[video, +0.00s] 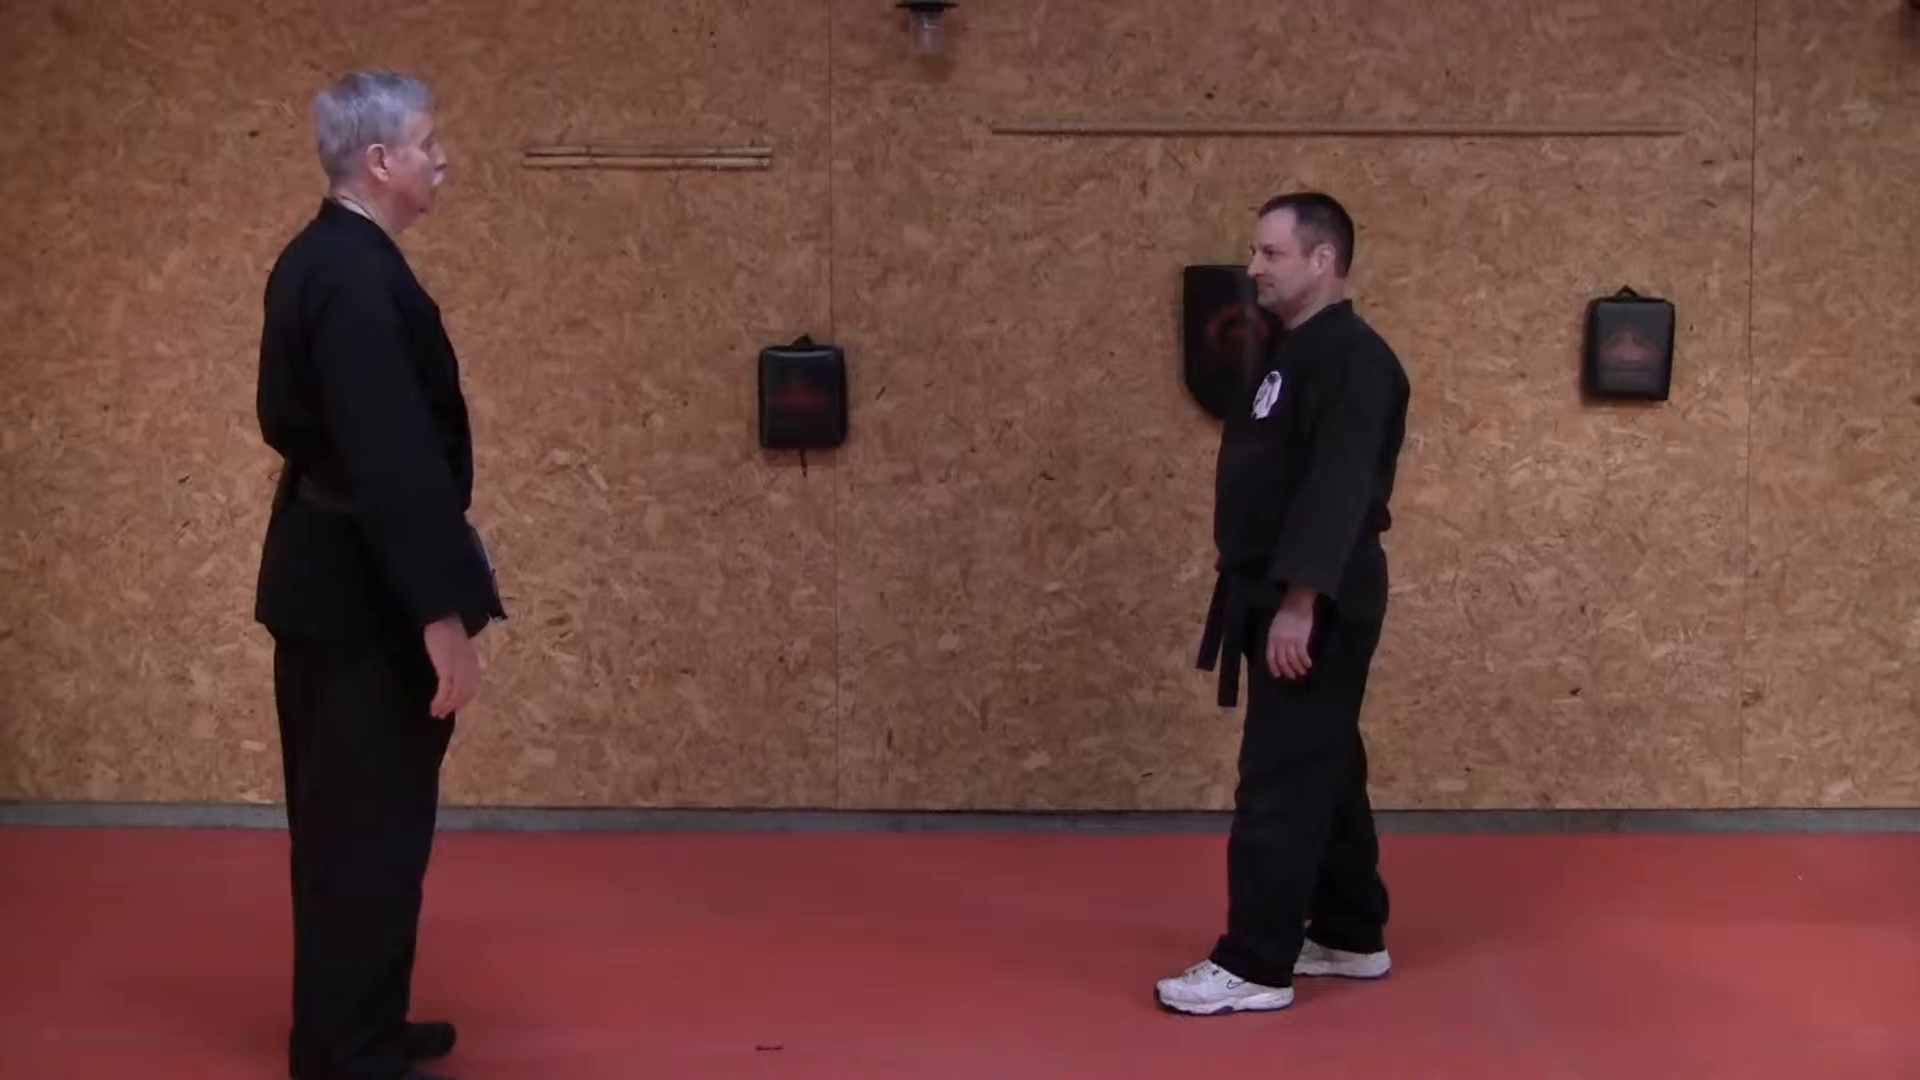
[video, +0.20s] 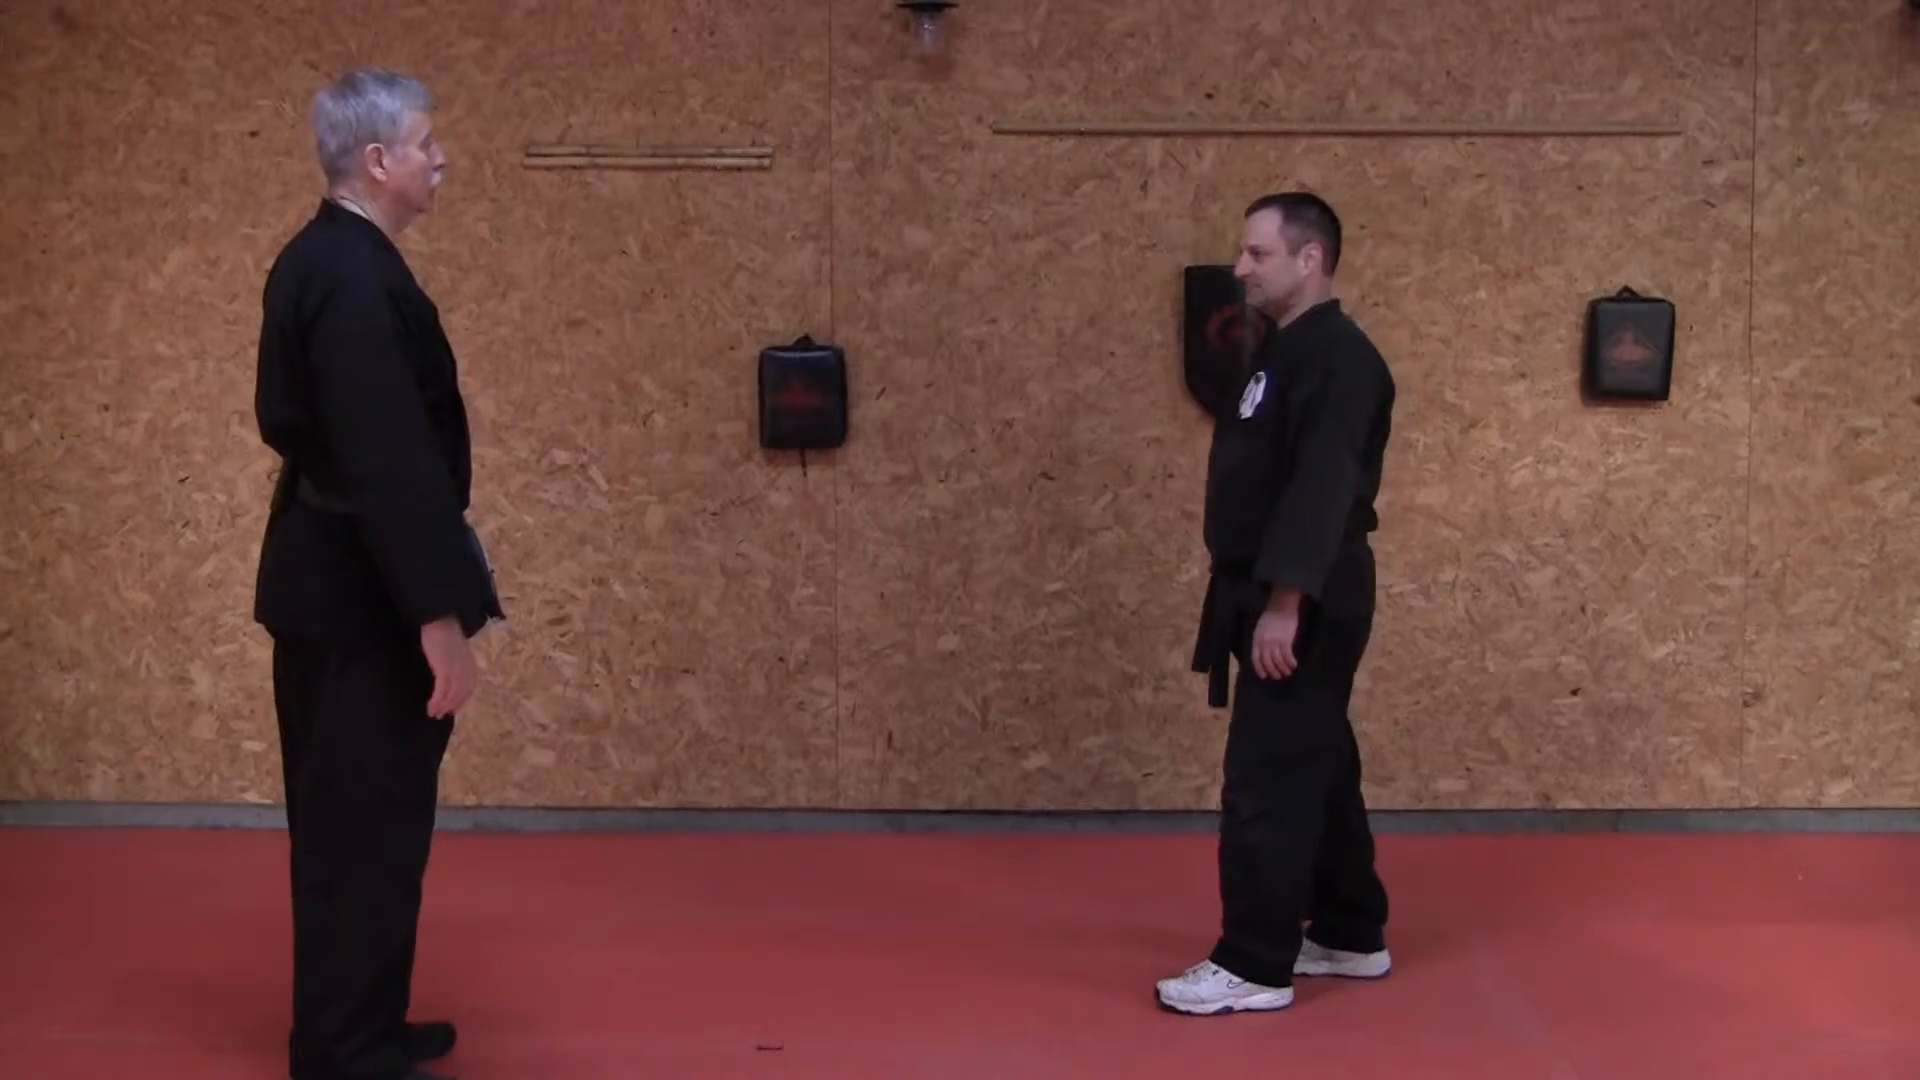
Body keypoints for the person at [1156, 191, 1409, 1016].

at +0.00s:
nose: (1256, 268)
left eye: (1272, 254)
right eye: (1255, 253)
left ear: (1326, 261)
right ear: (1302, 262)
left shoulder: (1355, 358)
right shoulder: (1293, 353)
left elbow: (1339, 489)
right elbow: (1280, 478)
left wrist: (1301, 599)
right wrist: (1249, 591)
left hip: (1320, 603)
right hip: (1286, 596)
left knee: (1279, 781)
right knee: (1322, 769)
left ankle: (1255, 962)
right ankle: (1350, 935)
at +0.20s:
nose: (1242, 269)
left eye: (1258, 254)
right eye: (1241, 254)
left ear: (1311, 259)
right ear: (1295, 261)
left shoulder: (1339, 356)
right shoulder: (1288, 351)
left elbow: (1322, 490)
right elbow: (1275, 474)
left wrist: (1285, 599)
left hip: (1308, 601)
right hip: (1282, 595)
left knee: (1265, 781)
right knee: (1316, 768)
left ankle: (1253, 963)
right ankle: (1351, 935)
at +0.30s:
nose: (1235, 273)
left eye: (1250, 258)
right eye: (1234, 258)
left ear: (1302, 259)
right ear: (1286, 260)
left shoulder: (1329, 355)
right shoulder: (1282, 350)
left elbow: (1310, 490)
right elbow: (1218, 392)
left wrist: (1271, 601)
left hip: (1299, 604)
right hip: (1282, 601)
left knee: (1251, 780)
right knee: (1313, 769)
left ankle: (1254, 964)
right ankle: (1351, 935)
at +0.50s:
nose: (1213, 284)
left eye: (1226, 269)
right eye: (1212, 270)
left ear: (1278, 266)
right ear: (1270, 269)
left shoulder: (1302, 354)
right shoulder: (1263, 349)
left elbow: (1281, 489)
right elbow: (1205, 383)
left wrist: (1230, 596)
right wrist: (1206, 307)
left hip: (1261, 602)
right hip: (1263, 600)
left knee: (1189, 764)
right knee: (1294, 765)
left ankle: (1220, 945)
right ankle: (1349, 935)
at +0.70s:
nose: (1166, 289)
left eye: (1180, 274)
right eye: (1163, 273)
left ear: (1234, 272)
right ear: (1219, 274)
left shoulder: (1253, 362)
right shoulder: (1215, 355)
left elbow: (1234, 496)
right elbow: (1201, 479)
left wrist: (1178, 598)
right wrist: (1135, 513)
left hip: (1222, 608)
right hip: (1216, 605)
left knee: (1148, 782)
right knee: (1278, 774)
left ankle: (1080, 957)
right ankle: (1346, 935)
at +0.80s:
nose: (1129, 293)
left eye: (1143, 278)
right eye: (1128, 279)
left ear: (1198, 277)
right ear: (1189, 281)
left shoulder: (1217, 358)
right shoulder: (1188, 356)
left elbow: (1203, 491)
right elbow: (1164, 472)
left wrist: (1145, 600)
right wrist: (1090, 460)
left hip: (1190, 613)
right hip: (1195, 610)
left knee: (1111, 788)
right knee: (1264, 776)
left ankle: (1042, 961)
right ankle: (1341, 931)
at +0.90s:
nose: (1084, 293)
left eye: (1099, 278)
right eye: (1084, 277)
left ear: (1156, 281)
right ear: (1139, 283)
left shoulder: (1174, 369)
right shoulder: (1135, 366)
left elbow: (1165, 499)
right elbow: (1101, 442)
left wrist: (1110, 603)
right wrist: (1023, 411)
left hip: (1146, 627)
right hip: (1146, 627)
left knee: (1060, 782)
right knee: (1231, 777)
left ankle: (1026, 973)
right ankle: (1329, 913)